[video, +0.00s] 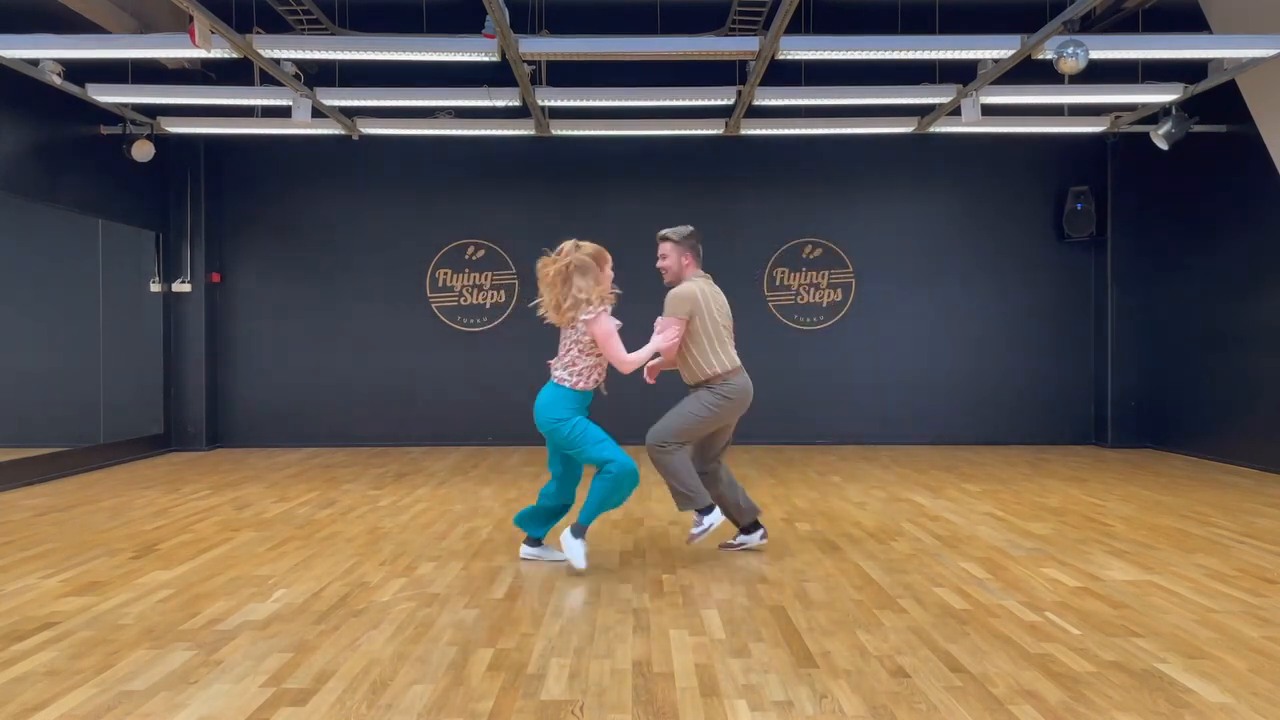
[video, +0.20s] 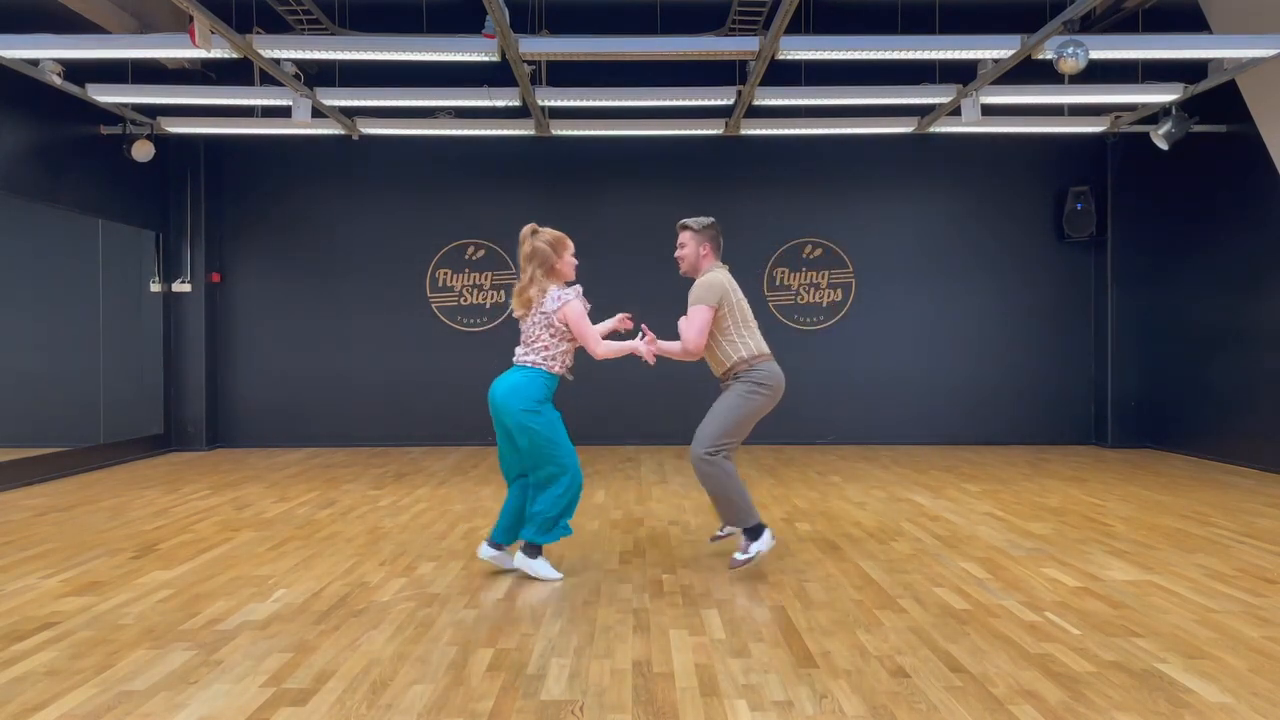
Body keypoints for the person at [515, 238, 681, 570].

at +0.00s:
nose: (612, 277)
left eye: (611, 271)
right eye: (608, 272)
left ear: (578, 279)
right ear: (594, 278)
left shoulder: (574, 313)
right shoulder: (598, 320)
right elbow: (626, 364)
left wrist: (650, 340)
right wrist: (656, 344)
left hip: (553, 404)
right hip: (564, 410)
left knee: (565, 481)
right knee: (621, 468)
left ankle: (533, 542)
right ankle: (577, 533)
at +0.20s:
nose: (576, 260)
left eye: (573, 254)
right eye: (570, 255)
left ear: (550, 263)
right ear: (554, 263)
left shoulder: (538, 296)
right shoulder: (567, 300)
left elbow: (573, 334)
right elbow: (600, 349)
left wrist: (612, 324)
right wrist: (634, 346)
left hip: (506, 389)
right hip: (530, 394)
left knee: (524, 473)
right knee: (566, 474)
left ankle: (496, 544)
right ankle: (531, 551)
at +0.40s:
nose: (548, 260)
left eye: (546, 253)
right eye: (542, 254)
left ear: (518, 263)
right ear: (522, 262)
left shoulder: (496, 297)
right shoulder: (539, 302)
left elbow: (519, 328)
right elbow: (583, 340)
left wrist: (555, 317)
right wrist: (625, 329)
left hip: (470, 395)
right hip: (499, 394)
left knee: (488, 483)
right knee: (561, 463)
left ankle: (454, 561)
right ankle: (525, 540)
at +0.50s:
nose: (542, 258)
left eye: (540, 252)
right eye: (535, 253)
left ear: (507, 263)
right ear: (514, 261)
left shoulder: (488, 296)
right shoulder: (536, 299)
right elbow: (581, 340)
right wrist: (624, 335)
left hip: (464, 393)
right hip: (494, 390)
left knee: (516, 463)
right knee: (538, 467)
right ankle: (495, 551)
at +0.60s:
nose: (535, 268)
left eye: (533, 261)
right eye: (528, 263)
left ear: (501, 271)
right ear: (508, 269)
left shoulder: (477, 309)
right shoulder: (528, 307)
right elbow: (572, 354)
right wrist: (620, 359)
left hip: (468, 405)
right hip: (496, 402)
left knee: (535, 465)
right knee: (510, 485)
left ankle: (521, 544)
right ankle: (480, 583)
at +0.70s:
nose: (534, 260)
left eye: (532, 254)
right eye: (528, 254)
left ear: (508, 261)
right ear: (507, 260)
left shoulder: (503, 297)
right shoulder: (513, 297)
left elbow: (536, 351)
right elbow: (563, 334)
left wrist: (545, 313)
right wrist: (615, 324)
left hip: (490, 400)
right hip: (485, 400)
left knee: (544, 472)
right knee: (505, 486)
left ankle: (516, 553)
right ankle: (482, 581)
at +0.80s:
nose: (535, 253)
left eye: (533, 247)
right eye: (528, 248)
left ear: (516, 253)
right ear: (507, 254)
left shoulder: (525, 300)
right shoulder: (493, 288)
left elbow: (555, 345)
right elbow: (526, 326)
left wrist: (594, 326)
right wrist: (584, 323)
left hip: (510, 398)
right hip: (474, 399)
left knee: (546, 466)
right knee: (522, 462)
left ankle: (503, 536)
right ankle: (505, 549)